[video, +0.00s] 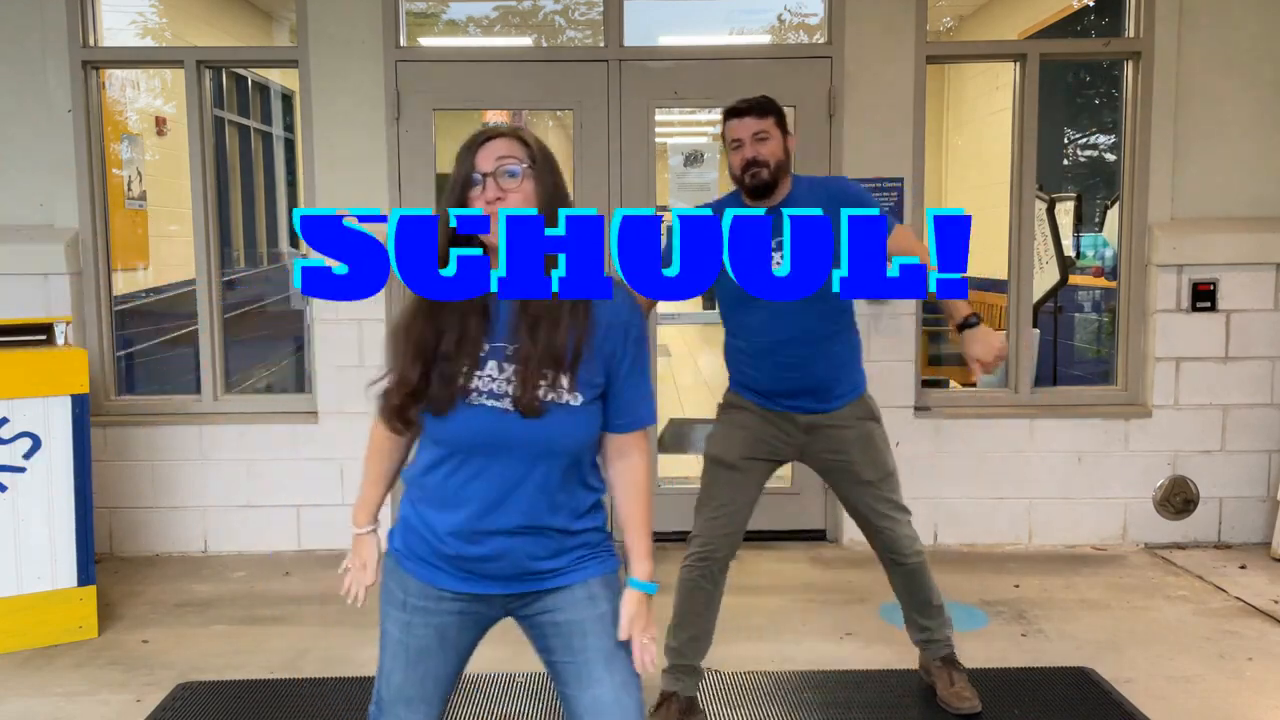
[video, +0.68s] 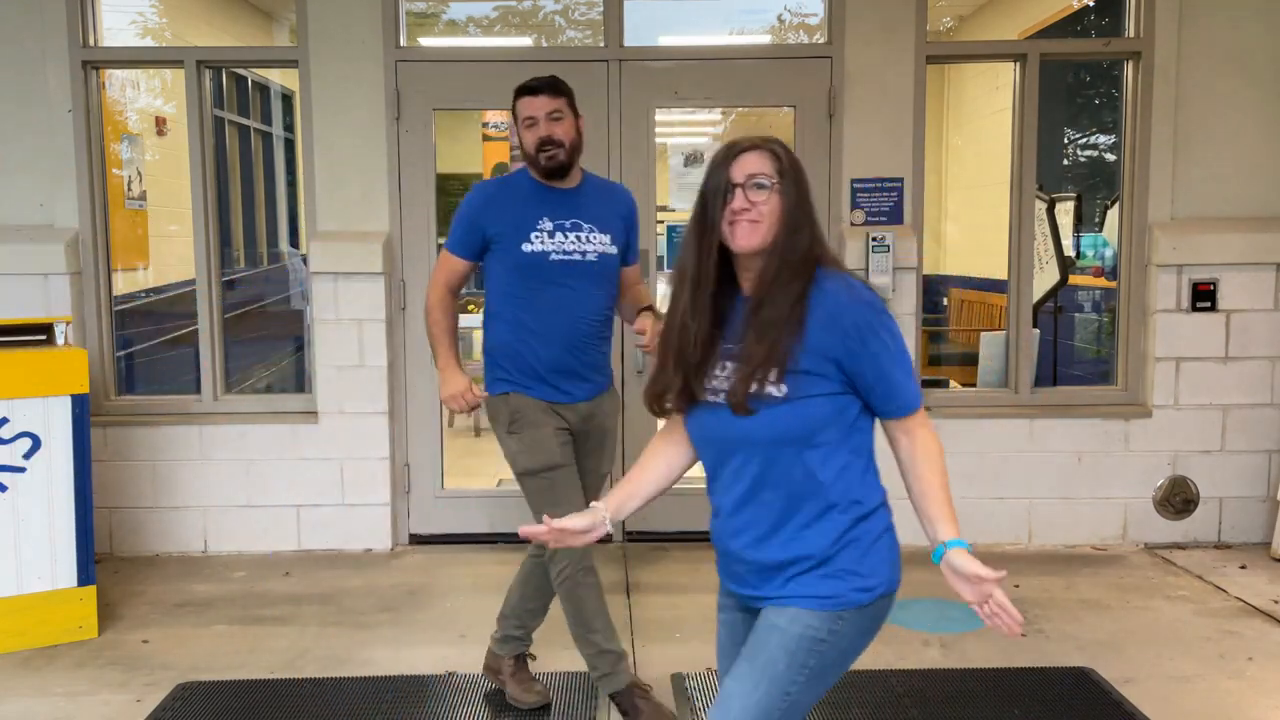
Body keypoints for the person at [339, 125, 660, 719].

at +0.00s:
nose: (492, 190)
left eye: (510, 173)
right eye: (477, 180)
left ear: (547, 186)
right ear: (464, 199)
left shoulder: (603, 302)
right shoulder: (439, 292)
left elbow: (628, 446)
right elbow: (399, 411)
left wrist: (641, 577)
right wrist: (363, 520)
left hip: (569, 563)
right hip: (435, 563)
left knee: (617, 711)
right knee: (400, 712)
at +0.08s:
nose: (517, 181)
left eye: (537, 166)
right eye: (503, 172)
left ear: (577, 184)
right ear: (489, 198)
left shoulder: (639, 298)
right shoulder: (486, 296)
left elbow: (683, 440)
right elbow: (446, 410)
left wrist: (704, 578)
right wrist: (400, 521)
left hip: (612, 565)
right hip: (479, 560)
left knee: (645, 711)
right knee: (433, 710)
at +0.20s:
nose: (554, 180)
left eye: (576, 162)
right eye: (542, 168)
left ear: (618, 182)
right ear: (532, 193)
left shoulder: (669, 287)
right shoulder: (539, 292)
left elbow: (756, 424)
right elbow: (501, 421)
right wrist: (453, 526)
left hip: (655, 569)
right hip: (535, 558)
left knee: (665, 711)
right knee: (483, 708)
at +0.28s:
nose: (580, 169)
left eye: (601, 152)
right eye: (569, 159)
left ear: (643, 169)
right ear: (558, 182)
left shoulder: (695, 277)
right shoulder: (567, 285)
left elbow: (790, 404)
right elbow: (540, 418)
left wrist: (864, 536)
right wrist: (486, 519)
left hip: (682, 564)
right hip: (571, 552)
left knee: (671, 711)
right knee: (541, 706)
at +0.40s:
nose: (619, 157)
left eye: (638, 140)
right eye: (606, 145)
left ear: (677, 156)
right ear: (594, 165)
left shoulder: (723, 260)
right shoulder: (604, 273)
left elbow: (822, 381)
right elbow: (581, 408)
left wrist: (908, 504)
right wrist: (537, 504)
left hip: (711, 556)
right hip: (621, 547)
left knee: (678, 711)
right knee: (624, 710)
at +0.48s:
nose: (652, 166)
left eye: (672, 148)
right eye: (640, 153)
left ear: (709, 168)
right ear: (627, 175)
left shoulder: (751, 270)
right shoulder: (632, 276)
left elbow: (843, 394)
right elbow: (609, 409)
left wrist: (925, 512)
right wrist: (566, 510)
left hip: (742, 558)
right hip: (659, 552)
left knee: (696, 710)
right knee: (679, 706)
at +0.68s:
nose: (738, 200)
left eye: (759, 186)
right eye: (726, 189)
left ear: (792, 202)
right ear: (711, 207)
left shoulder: (842, 305)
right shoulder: (711, 310)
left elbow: (911, 428)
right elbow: (686, 430)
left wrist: (949, 547)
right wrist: (602, 515)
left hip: (835, 577)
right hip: (743, 572)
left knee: (734, 711)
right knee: (739, 712)